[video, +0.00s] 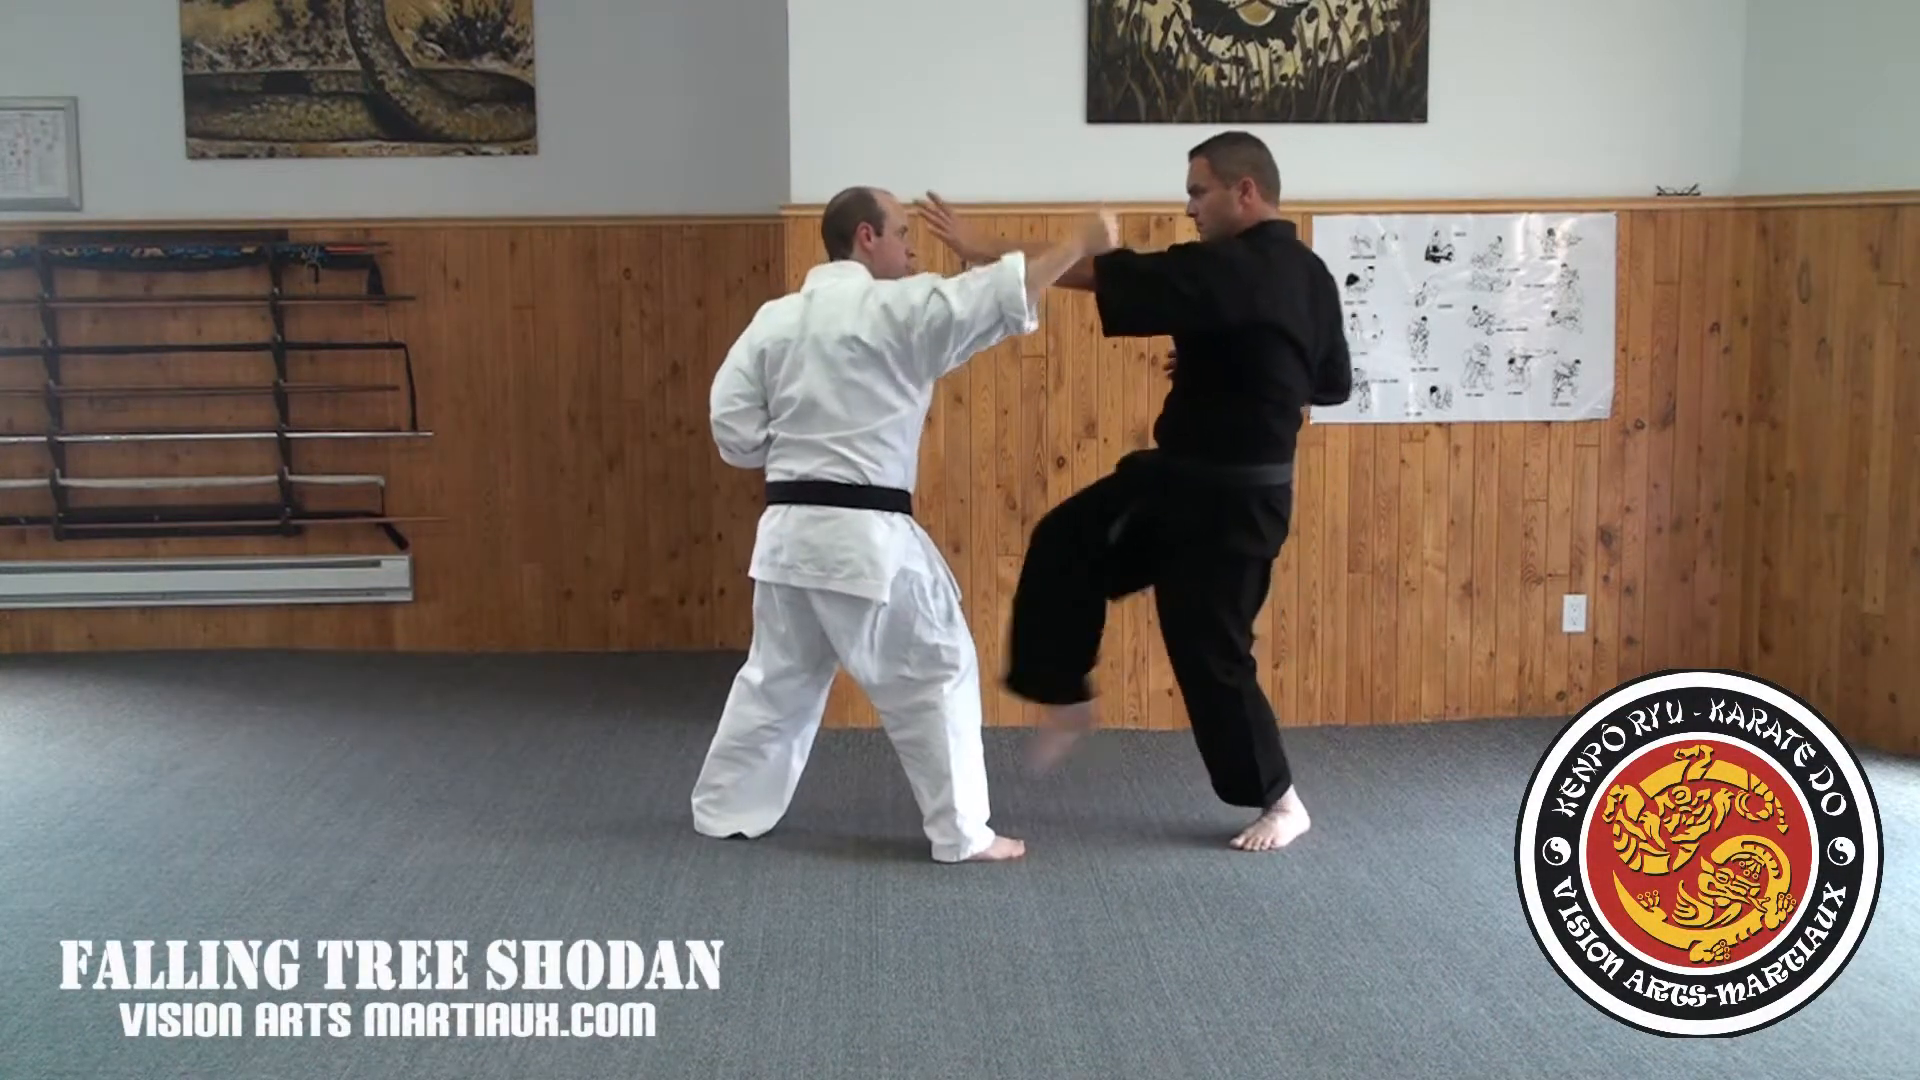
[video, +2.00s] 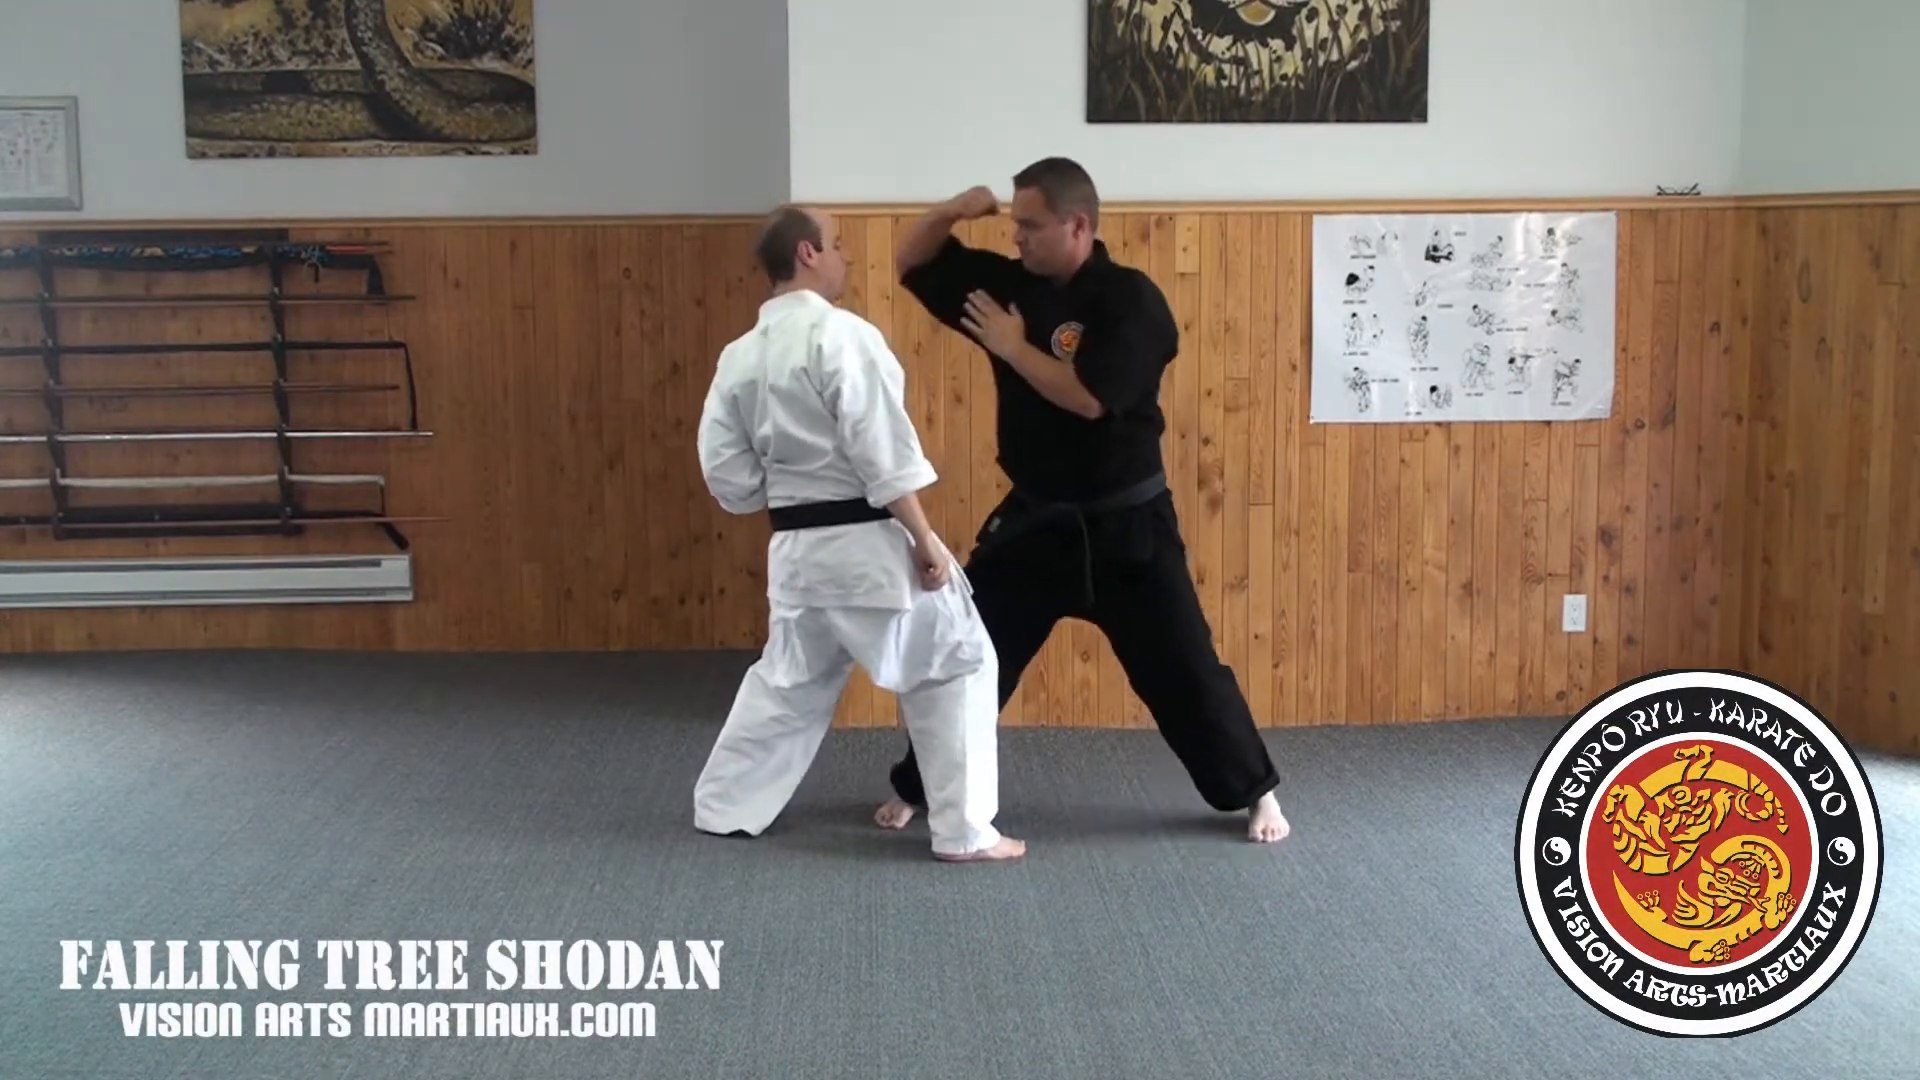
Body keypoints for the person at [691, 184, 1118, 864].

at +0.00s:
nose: (911, 249)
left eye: (910, 235)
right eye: (903, 236)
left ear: (841, 243)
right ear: (866, 240)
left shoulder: (775, 316)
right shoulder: (903, 305)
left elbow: (730, 416)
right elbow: (991, 293)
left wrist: (783, 462)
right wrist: (1079, 246)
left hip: (784, 529)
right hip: (869, 534)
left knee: (774, 675)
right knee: (935, 673)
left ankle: (722, 812)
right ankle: (962, 833)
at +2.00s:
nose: (844, 260)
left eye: (839, 247)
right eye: (835, 248)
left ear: (781, 264)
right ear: (807, 257)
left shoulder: (739, 355)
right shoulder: (843, 337)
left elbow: (728, 477)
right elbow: (879, 451)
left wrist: (793, 496)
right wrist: (924, 535)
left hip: (794, 551)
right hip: (871, 545)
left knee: (788, 677)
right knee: (958, 666)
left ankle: (723, 807)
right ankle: (965, 830)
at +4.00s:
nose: (835, 262)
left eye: (833, 248)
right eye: (826, 248)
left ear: (775, 256)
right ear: (790, 253)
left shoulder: (714, 351)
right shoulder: (813, 343)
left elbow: (703, 463)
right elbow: (841, 458)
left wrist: (761, 505)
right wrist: (882, 547)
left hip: (768, 549)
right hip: (837, 546)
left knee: (782, 677)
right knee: (932, 664)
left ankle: (721, 807)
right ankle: (963, 831)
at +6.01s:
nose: (664, 253)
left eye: (664, 239)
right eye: (658, 239)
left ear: (598, 243)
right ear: (624, 240)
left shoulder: (536, 315)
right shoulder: (626, 316)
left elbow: (494, 427)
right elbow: (620, 426)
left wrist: (497, 505)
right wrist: (634, 529)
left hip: (529, 527)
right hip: (595, 530)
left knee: (543, 683)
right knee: (640, 685)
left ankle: (510, 798)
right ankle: (611, 840)